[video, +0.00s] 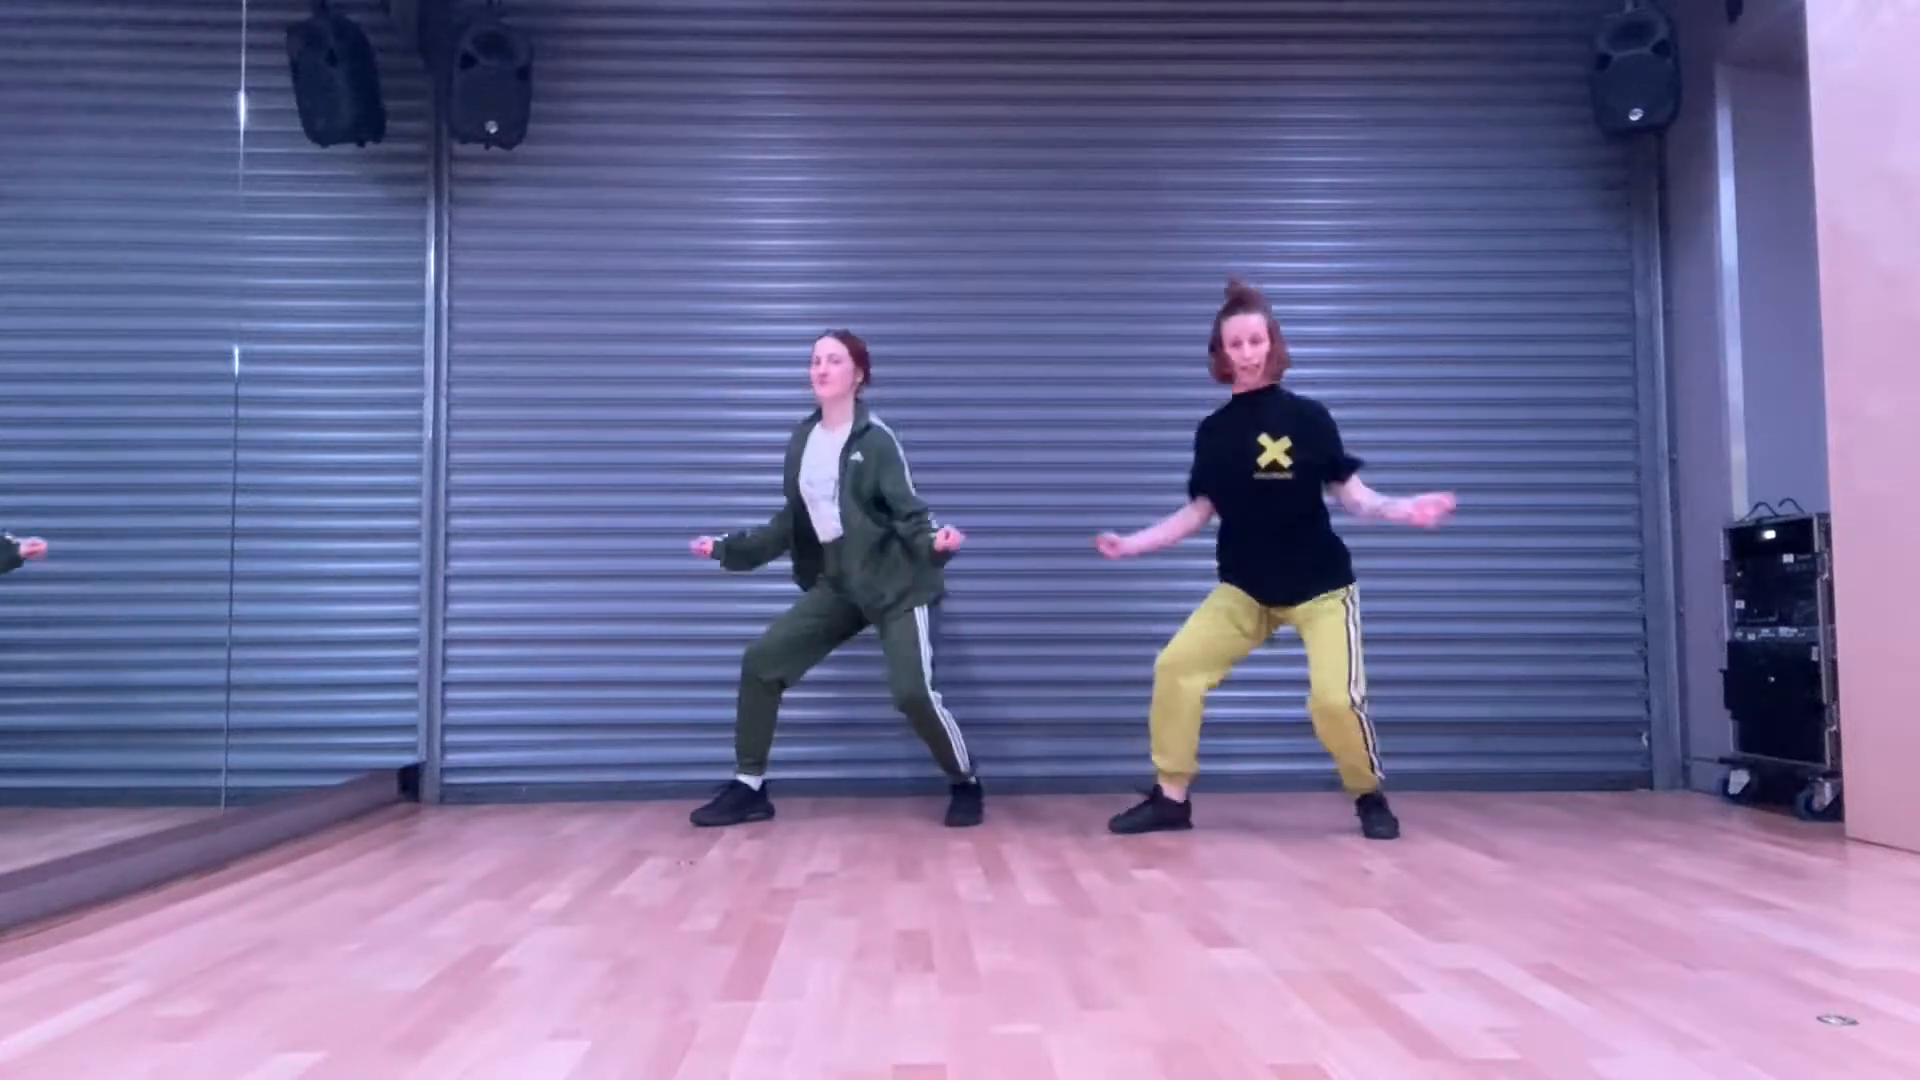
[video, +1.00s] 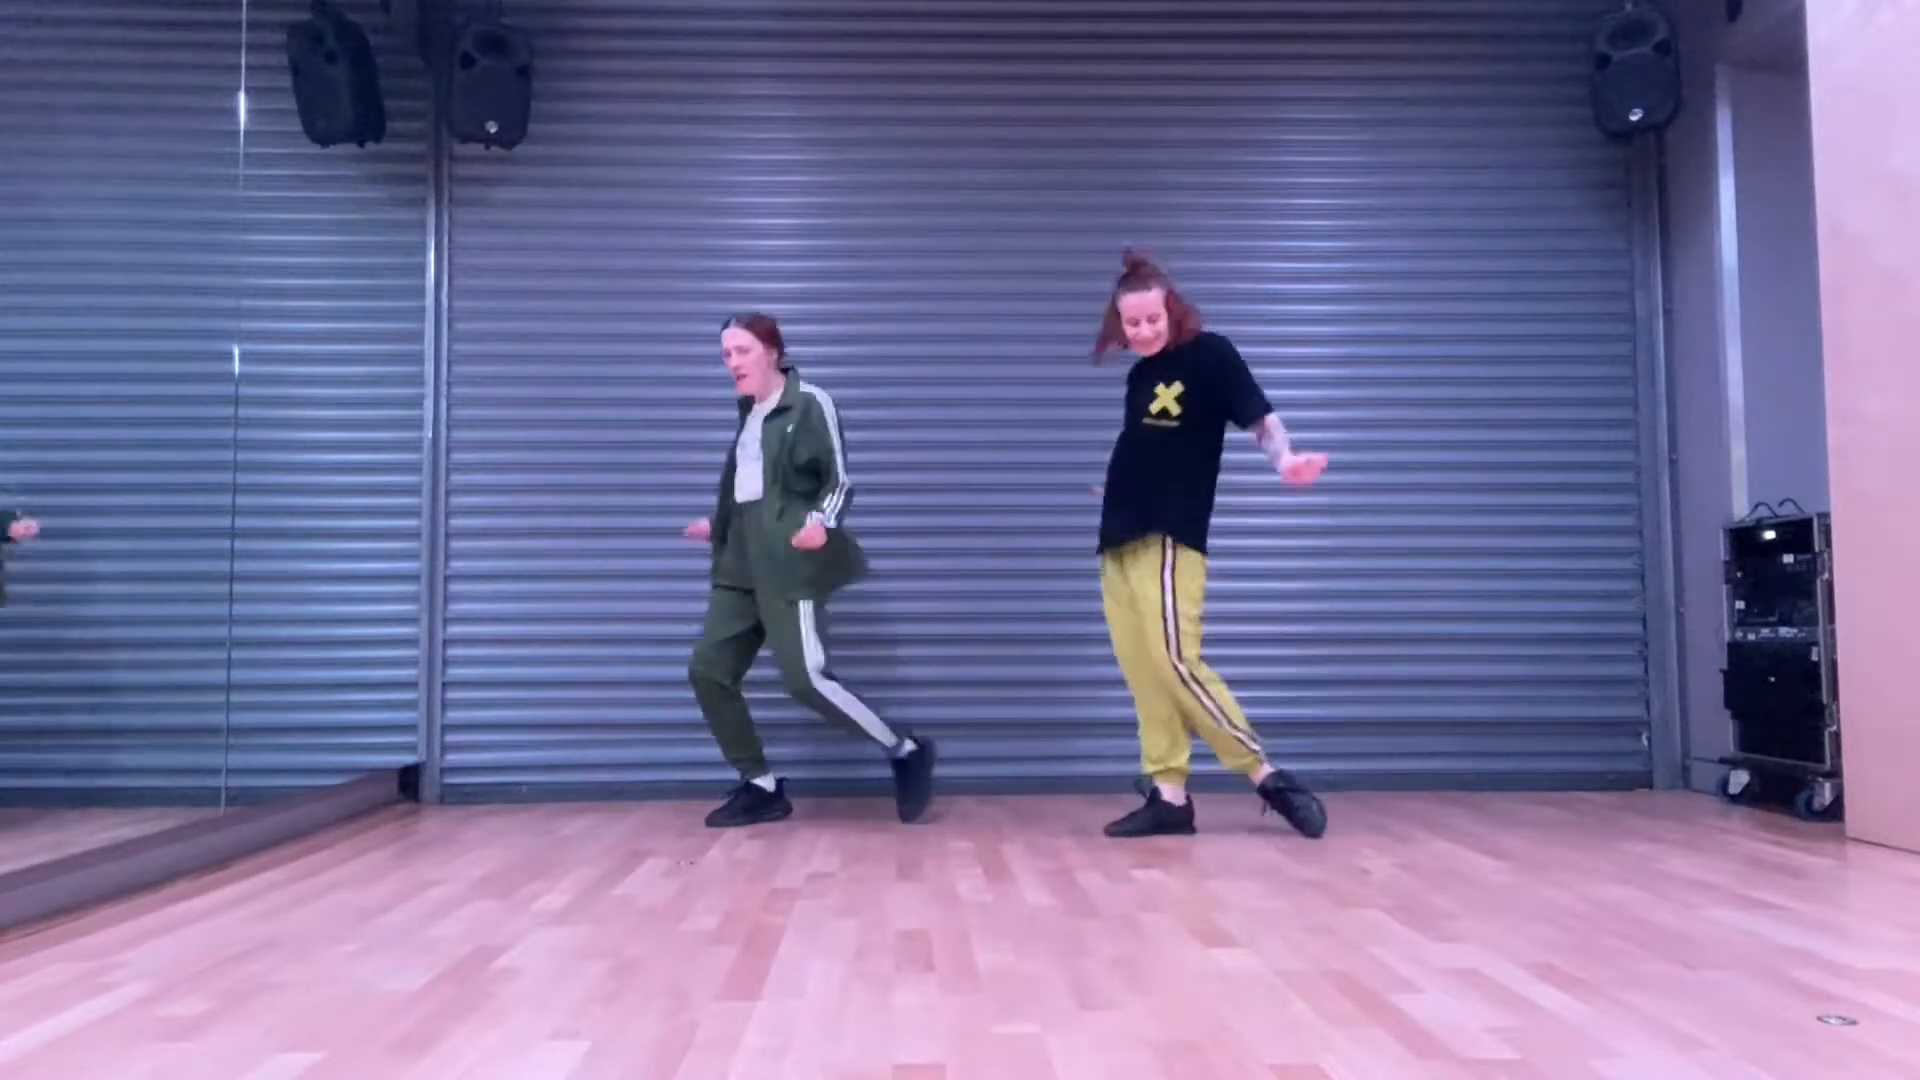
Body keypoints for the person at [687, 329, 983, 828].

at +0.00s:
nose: (821, 369)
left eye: (833, 361)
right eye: (815, 362)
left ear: (859, 375)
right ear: (809, 374)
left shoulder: (877, 440)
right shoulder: (803, 439)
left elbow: (909, 516)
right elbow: (793, 522)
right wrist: (729, 547)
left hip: (896, 583)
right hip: (837, 586)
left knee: (913, 693)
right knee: (762, 663)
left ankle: (965, 784)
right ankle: (748, 788)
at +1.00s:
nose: (733, 363)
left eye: (741, 352)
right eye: (727, 355)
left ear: (773, 354)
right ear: (728, 363)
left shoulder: (812, 404)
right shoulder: (747, 415)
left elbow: (839, 481)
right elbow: (755, 493)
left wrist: (822, 521)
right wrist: (718, 526)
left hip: (789, 562)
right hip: (740, 565)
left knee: (808, 680)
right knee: (710, 673)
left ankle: (906, 752)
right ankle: (761, 788)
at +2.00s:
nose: (753, 312)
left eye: (765, 304)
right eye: (745, 304)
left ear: (788, 314)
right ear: (735, 313)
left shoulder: (804, 366)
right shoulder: (719, 352)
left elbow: (778, 414)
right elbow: (759, 369)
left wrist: (719, 435)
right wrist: (812, 362)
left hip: (772, 507)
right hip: (709, 505)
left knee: (788, 648)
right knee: (680, 635)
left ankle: (790, 774)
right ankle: (684, 768)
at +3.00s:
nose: (734, 388)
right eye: (734, 380)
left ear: (683, 361)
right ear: (729, 375)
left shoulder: (636, 390)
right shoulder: (738, 412)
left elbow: (605, 469)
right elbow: (765, 496)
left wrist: (606, 519)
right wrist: (729, 536)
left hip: (617, 546)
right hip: (686, 553)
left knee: (614, 666)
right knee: (709, 672)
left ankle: (602, 784)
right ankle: (706, 792)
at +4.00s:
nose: (685, 366)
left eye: (694, 357)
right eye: (675, 356)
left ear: (710, 361)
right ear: (661, 361)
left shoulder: (732, 399)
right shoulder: (636, 409)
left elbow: (748, 461)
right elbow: (609, 477)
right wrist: (618, 539)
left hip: (730, 536)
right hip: (669, 539)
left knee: (740, 666)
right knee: (668, 664)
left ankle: (719, 761)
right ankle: (672, 771)